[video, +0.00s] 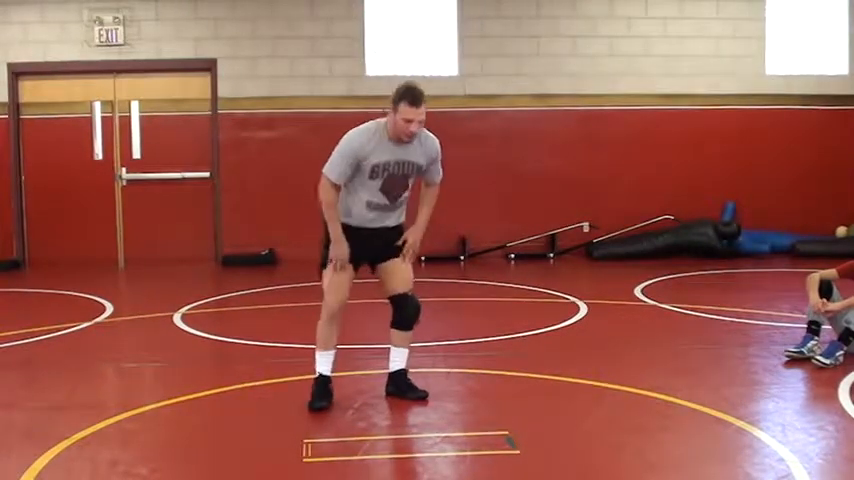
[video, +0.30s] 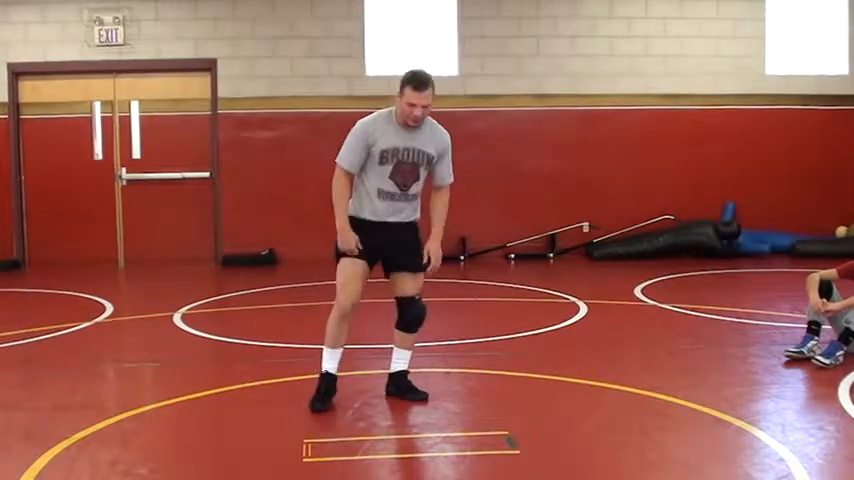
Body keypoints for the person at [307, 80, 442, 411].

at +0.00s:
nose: (413, 128)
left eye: (419, 121)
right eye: (407, 121)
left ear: (425, 117)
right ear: (390, 114)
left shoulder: (428, 146)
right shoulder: (358, 141)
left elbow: (431, 185)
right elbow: (327, 186)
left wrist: (420, 227)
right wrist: (337, 240)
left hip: (390, 231)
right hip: (347, 230)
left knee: (406, 305)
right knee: (332, 306)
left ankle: (397, 377)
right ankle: (322, 380)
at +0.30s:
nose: (417, 113)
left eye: (424, 107)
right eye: (411, 105)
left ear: (431, 104)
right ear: (398, 99)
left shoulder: (438, 138)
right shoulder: (367, 129)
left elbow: (440, 189)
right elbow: (342, 176)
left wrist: (436, 238)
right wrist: (343, 227)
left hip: (405, 229)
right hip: (362, 226)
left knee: (411, 309)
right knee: (345, 304)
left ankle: (398, 378)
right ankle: (327, 380)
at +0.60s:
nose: (407, 101)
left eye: (414, 93)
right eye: (400, 93)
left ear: (424, 91)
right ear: (389, 89)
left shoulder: (439, 131)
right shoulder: (364, 125)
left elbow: (448, 183)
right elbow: (344, 175)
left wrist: (445, 228)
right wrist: (341, 224)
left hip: (411, 228)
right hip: (368, 226)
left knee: (409, 310)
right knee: (362, 306)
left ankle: (398, 378)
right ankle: (356, 386)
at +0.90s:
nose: (388, 100)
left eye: (395, 93)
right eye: (381, 94)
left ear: (406, 89)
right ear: (371, 90)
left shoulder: (427, 127)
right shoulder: (351, 131)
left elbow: (442, 180)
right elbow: (333, 184)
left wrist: (449, 232)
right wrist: (326, 237)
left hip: (411, 231)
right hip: (367, 232)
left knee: (409, 315)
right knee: (371, 318)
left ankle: (397, 375)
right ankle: (374, 397)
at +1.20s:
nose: (381, 90)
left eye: (385, 83)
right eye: (373, 84)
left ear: (388, 82)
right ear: (354, 86)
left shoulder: (408, 119)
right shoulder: (332, 133)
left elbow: (430, 170)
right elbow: (318, 191)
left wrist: (448, 219)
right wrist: (311, 249)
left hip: (402, 230)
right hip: (357, 235)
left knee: (427, 320)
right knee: (364, 322)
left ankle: (402, 366)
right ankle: (372, 401)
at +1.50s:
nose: (386, 81)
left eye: (385, 74)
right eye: (377, 75)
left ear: (384, 78)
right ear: (353, 81)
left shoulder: (400, 119)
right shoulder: (327, 130)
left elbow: (422, 165)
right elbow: (313, 188)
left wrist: (451, 192)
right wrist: (327, 229)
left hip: (396, 231)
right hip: (351, 235)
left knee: (410, 325)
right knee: (360, 325)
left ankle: (398, 403)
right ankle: (371, 402)